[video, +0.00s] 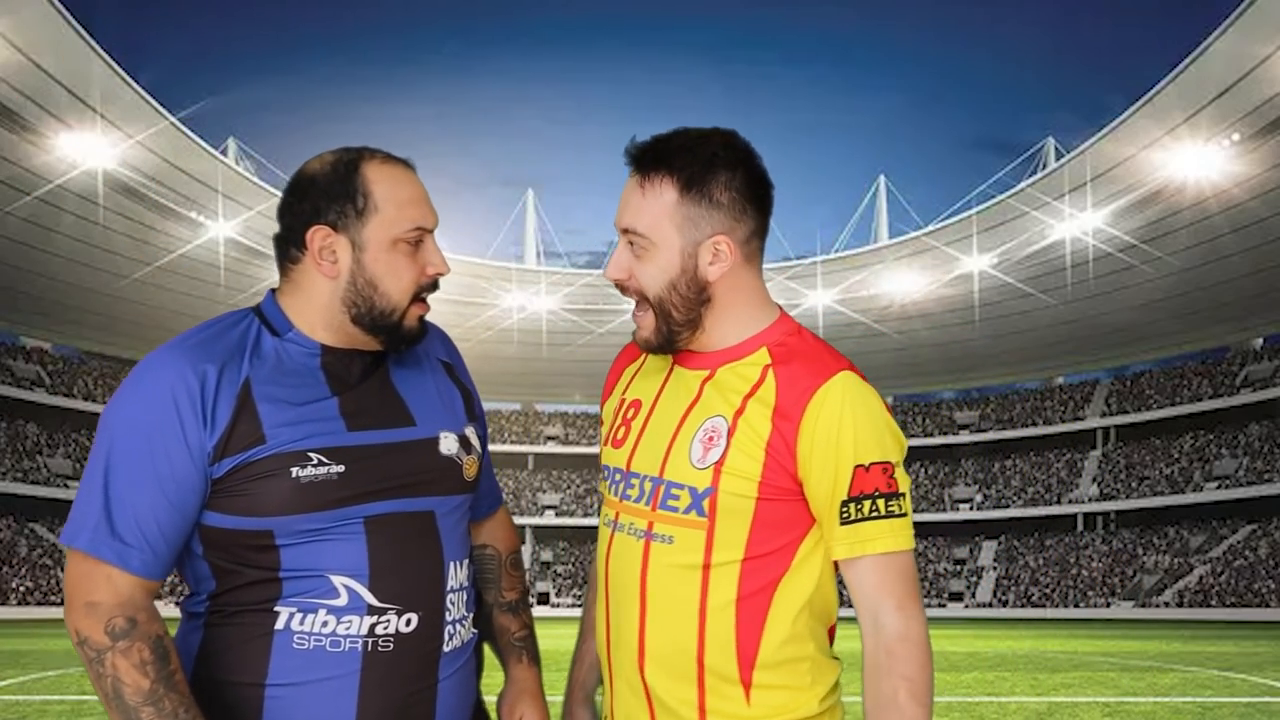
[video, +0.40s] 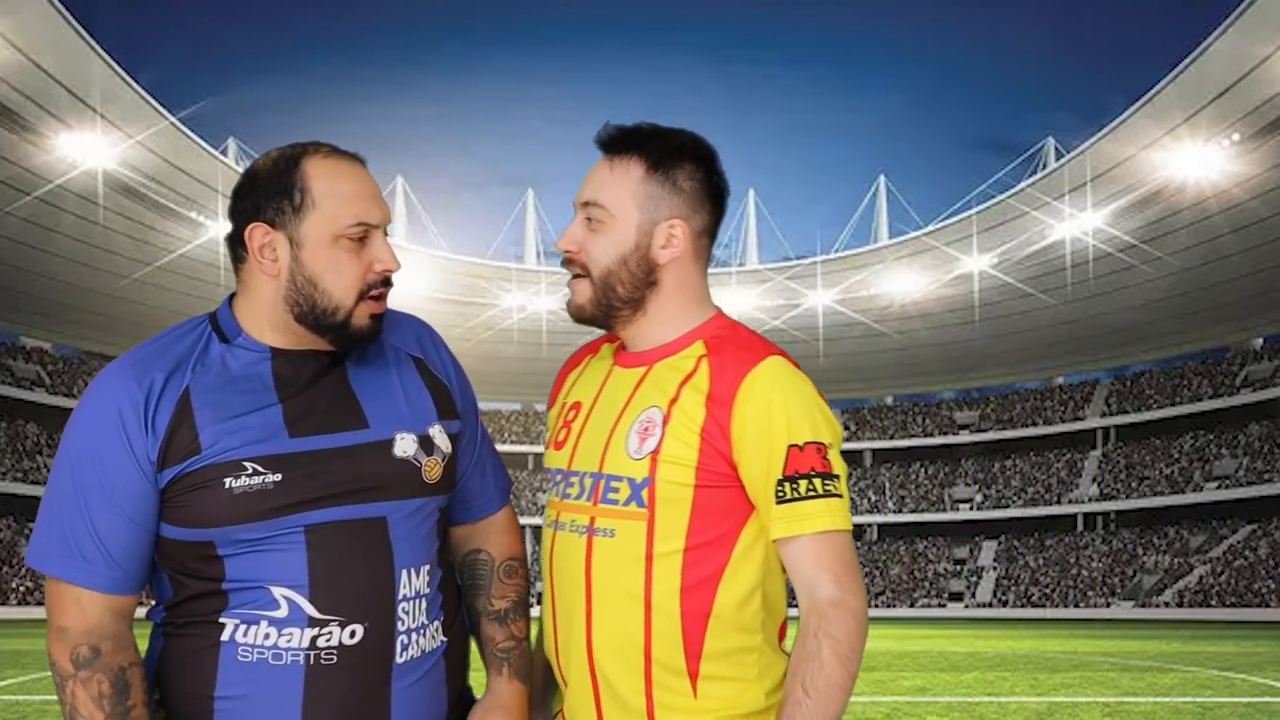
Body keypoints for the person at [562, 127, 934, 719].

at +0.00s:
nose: (613, 272)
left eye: (636, 245)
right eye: (619, 242)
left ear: (717, 256)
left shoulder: (828, 397)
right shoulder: (629, 372)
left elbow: (894, 631)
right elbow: (618, 554)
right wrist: (579, 693)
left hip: (766, 706)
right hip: (625, 706)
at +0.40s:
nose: (564, 242)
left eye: (594, 218)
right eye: (577, 218)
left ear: (668, 241)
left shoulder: (762, 385)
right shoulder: (577, 374)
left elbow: (835, 605)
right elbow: (575, 575)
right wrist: (527, 697)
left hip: (714, 703)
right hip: (580, 703)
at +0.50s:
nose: (530, 246)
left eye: (560, 222)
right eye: (538, 222)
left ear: (636, 242)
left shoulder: (730, 380)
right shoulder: (539, 381)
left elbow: (817, 589)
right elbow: (525, 575)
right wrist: (501, 694)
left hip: (712, 702)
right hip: (574, 705)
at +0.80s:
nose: (461, 267)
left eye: (483, 240)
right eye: (470, 241)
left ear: (554, 251)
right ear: (554, 253)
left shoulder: (698, 367)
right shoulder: (487, 400)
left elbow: (797, 558)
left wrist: (870, 711)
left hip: (701, 702)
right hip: (556, 707)